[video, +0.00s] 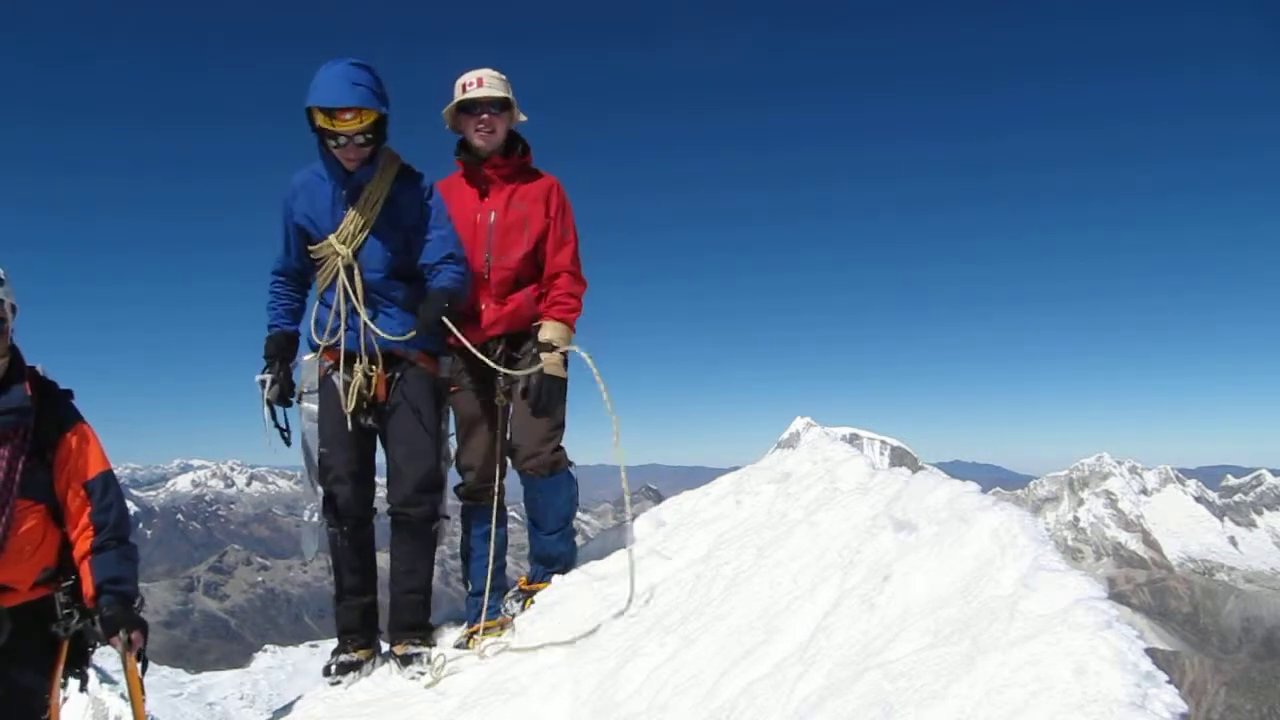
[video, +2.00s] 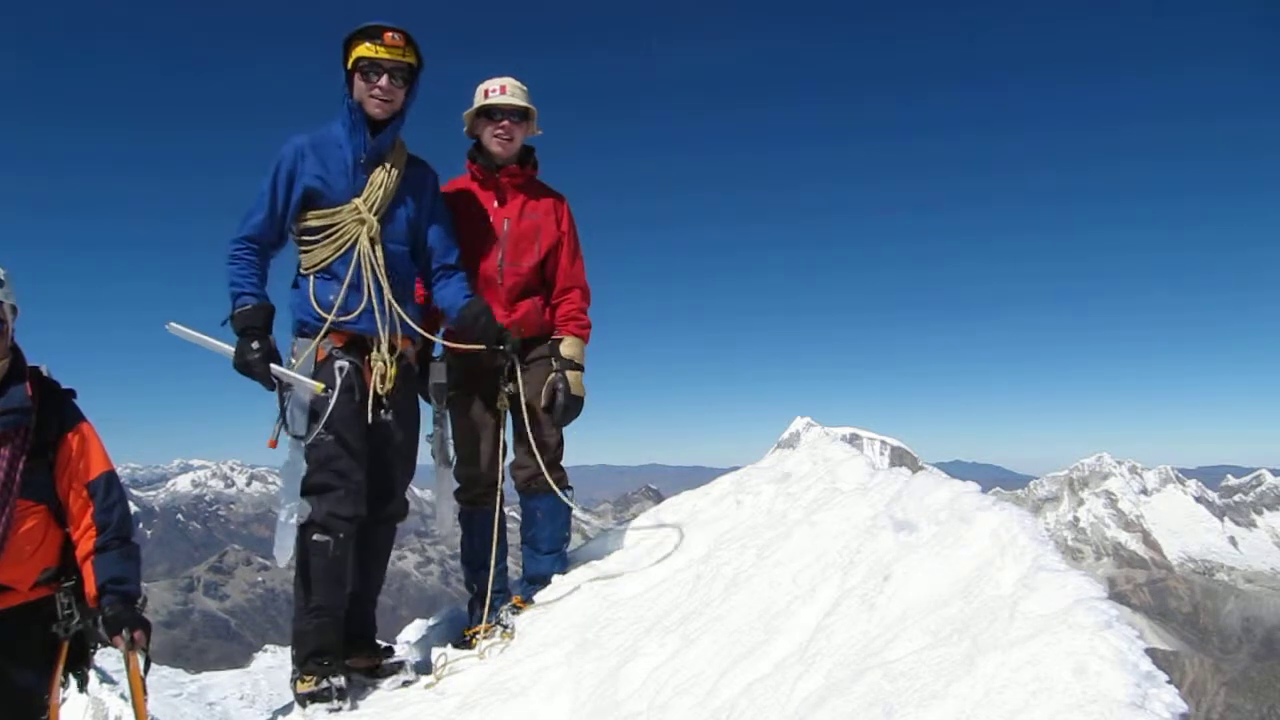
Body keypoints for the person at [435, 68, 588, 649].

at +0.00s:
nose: (484, 120)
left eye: (493, 110)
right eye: (472, 112)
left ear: (512, 118)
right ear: (458, 124)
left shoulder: (544, 190)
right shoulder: (442, 196)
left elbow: (564, 272)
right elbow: (428, 272)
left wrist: (555, 338)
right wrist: (427, 352)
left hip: (529, 340)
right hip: (464, 345)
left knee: (537, 453)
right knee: (478, 468)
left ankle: (550, 572)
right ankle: (483, 600)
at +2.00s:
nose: (503, 128)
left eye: (514, 119)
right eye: (491, 119)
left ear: (528, 129)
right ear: (474, 128)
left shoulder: (551, 206)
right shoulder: (448, 202)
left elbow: (571, 290)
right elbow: (428, 283)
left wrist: (570, 360)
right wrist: (416, 355)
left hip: (535, 352)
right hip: (467, 354)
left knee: (540, 465)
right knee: (478, 476)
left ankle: (544, 586)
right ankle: (486, 603)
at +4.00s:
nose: (498, 126)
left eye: (509, 117)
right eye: (488, 117)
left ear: (525, 128)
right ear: (471, 126)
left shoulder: (554, 208)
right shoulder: (443, 203)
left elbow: (582, 286)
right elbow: (422, 280)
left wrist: (569, 279)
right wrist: (426, 365)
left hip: (533, 351)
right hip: (463, 355)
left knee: (536, 468)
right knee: (474, 479)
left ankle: (541, 589)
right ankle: (485, 604)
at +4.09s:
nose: (496, 125)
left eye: (508, 117)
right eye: (486, 116)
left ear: (524, 128)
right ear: (469, 126)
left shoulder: (554, 208)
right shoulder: (443, 203)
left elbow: (582, 284)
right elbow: (421, 280)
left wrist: (568, 284)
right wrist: (426, 365)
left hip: (532, 350)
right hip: (463, 355)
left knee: (536, 468)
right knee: (474, 479)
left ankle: (541, 588)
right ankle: (485, 603)